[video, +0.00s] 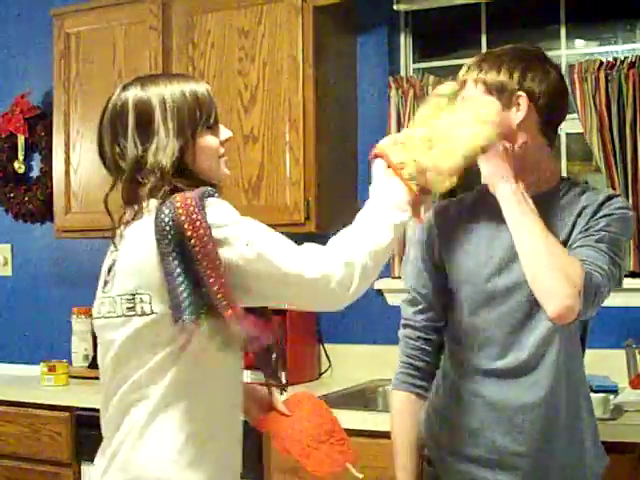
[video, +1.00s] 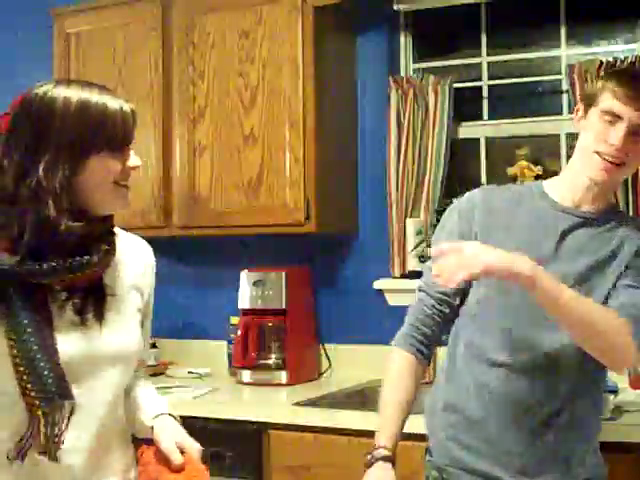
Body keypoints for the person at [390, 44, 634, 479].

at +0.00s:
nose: (458, 116)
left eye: (469, 99)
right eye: (460, 101)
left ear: (518, 109)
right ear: (517, 110)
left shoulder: (600, 211)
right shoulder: (440, 222)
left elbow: (565, 303)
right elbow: (414, 359)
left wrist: (504, 184)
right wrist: (405, 473)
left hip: (557, 461)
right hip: (457, 458)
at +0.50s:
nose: (489, 123)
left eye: (502, 108)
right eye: (487, 111)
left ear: (553, 111)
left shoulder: (614, 218)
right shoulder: (459, 224)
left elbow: (529, 292)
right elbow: (432, 349)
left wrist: (498, 177)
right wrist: (411, 465)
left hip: (544, 463)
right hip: (445, 459)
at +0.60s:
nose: (542, 127)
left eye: (560, 114)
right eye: (532, 112)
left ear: (597, 125)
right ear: (516, 123)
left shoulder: (619, 222)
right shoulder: (458, 221)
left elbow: (533, 279)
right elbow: (434, 332)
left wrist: (483, 162)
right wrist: (411, 435)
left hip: (552, 462)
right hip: (450, 457)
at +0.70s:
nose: (604, 142)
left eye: (621, 130)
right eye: (593, 120)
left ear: (631, 140)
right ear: (555, 112)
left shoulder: (623, 225)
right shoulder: (463, 212)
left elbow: (540, 272)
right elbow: (428, 341)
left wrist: (445, 191)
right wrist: (411, 460)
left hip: (558, 463)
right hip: (452, 459)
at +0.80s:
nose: (630, 151)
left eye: (639, 136)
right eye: (622, 126)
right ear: (578, 113)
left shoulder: (626, 229)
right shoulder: (467, 209)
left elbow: (557, 288)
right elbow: (419, 346)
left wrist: (456, 230)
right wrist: (398, 468)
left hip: (562, 466)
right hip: (455, 461)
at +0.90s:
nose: (633, 147)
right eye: (625, 124)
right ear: (583, 115)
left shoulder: (626, 236)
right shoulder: (473, 210)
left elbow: (593, 319)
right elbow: (417, 341)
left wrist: (484, 245)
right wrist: (386, 465)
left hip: (564, 466)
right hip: (459, 462)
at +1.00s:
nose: (619, 141)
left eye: (637, 132)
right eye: (611, 118)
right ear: (580, 116)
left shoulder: (629, 244)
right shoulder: (477, 211)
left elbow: (629, 357)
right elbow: (416, 337)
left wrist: (526, 272)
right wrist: (381, 456)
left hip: (566, 469)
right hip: (459, 463)